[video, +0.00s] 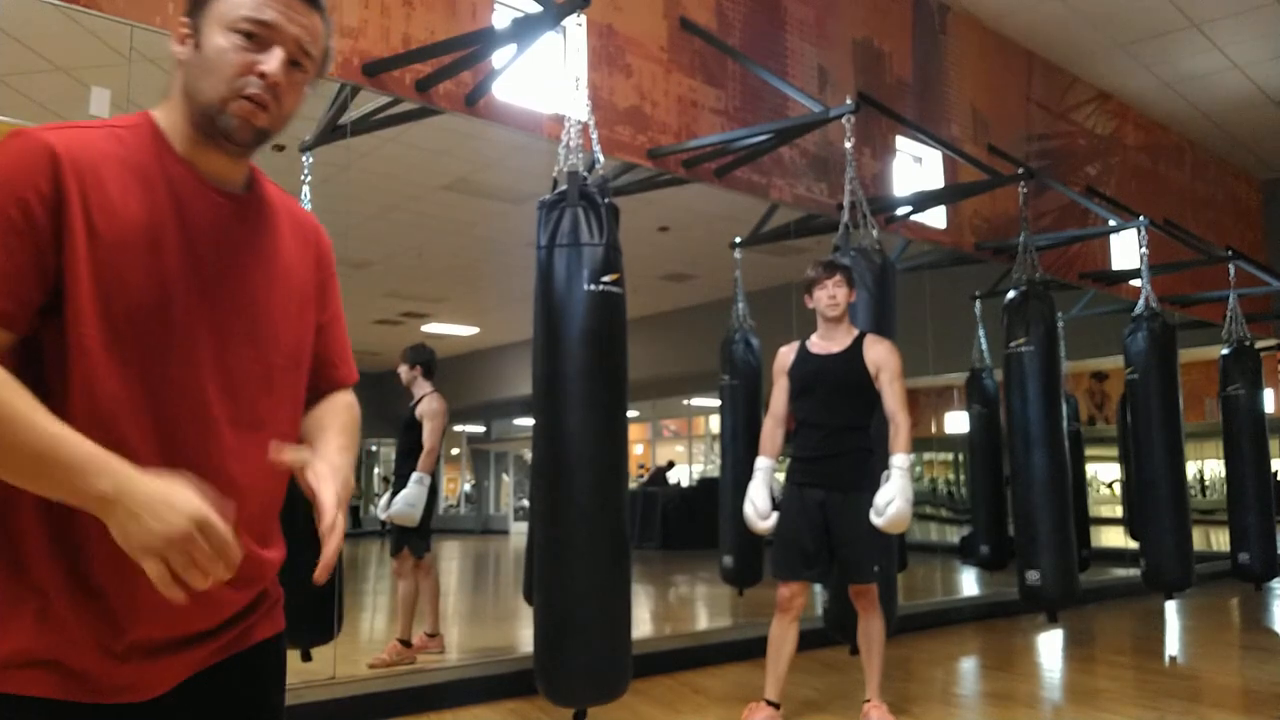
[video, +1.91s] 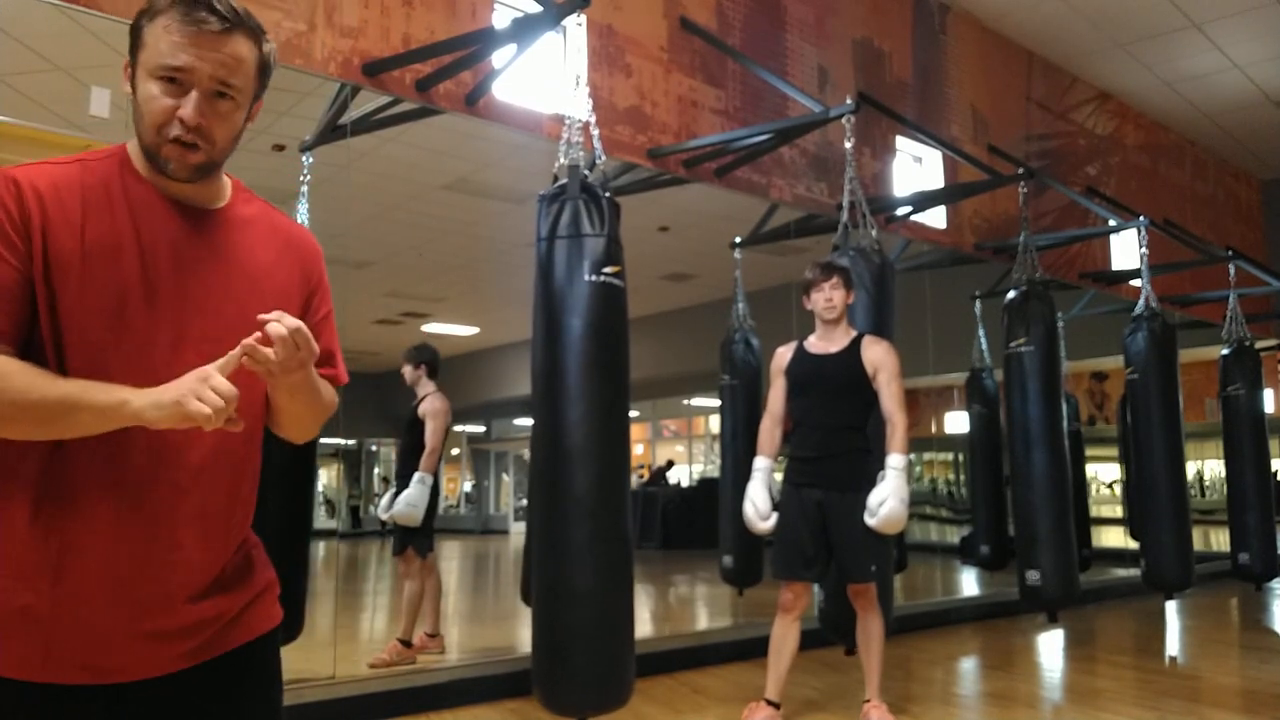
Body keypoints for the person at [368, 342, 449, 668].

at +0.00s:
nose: (398, 373)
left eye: (402, 368)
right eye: (399, 368)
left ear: (417, 369)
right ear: (418, 370)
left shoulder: (432, 402)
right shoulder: (418, 403)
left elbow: (431, 450)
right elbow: (407, 454)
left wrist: (415, 490)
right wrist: (391, 491)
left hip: (415, 487)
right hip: (408, 486)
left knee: (403, 566)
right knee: (423, 564)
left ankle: (403, 642)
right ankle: (432, 634)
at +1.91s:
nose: (403, 374)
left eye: (405, 368)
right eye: (403, 369)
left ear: (421, 369)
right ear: (421, 369)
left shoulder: (434, 402)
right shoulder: (421, 403)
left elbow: (432, 450)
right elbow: (409, 452)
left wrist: (418, 489)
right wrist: (394, 490)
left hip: (419, 485)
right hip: (411, 484)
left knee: (409, 563)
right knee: (425, 562)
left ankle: (404, 641)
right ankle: (430, 634)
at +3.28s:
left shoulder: (417, 392)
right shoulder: (391, 399)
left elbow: (422, 444)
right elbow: (389, 452)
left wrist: (409, 485)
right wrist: (371, 484)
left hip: (407, 481)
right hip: (389, 482)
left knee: (397, 566)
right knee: (374, 563)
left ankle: (403, 643)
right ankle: (414, 619)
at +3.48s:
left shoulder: (404, 393)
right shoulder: (380, 394)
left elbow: (408, 445)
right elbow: (385, 451)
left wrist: (396, 484)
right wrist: (368, 482)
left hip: (401, 479)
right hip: (384, 478)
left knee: (393, 563)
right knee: (370, 562)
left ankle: (403, 644)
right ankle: (383, 632)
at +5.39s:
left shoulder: (417, 398)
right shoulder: (355, 394)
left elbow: (433, 447)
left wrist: (414, 462)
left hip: (395, 487)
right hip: (358, 485)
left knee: (382, 567)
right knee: (345, 566)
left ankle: (391, 642)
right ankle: (338, 639)